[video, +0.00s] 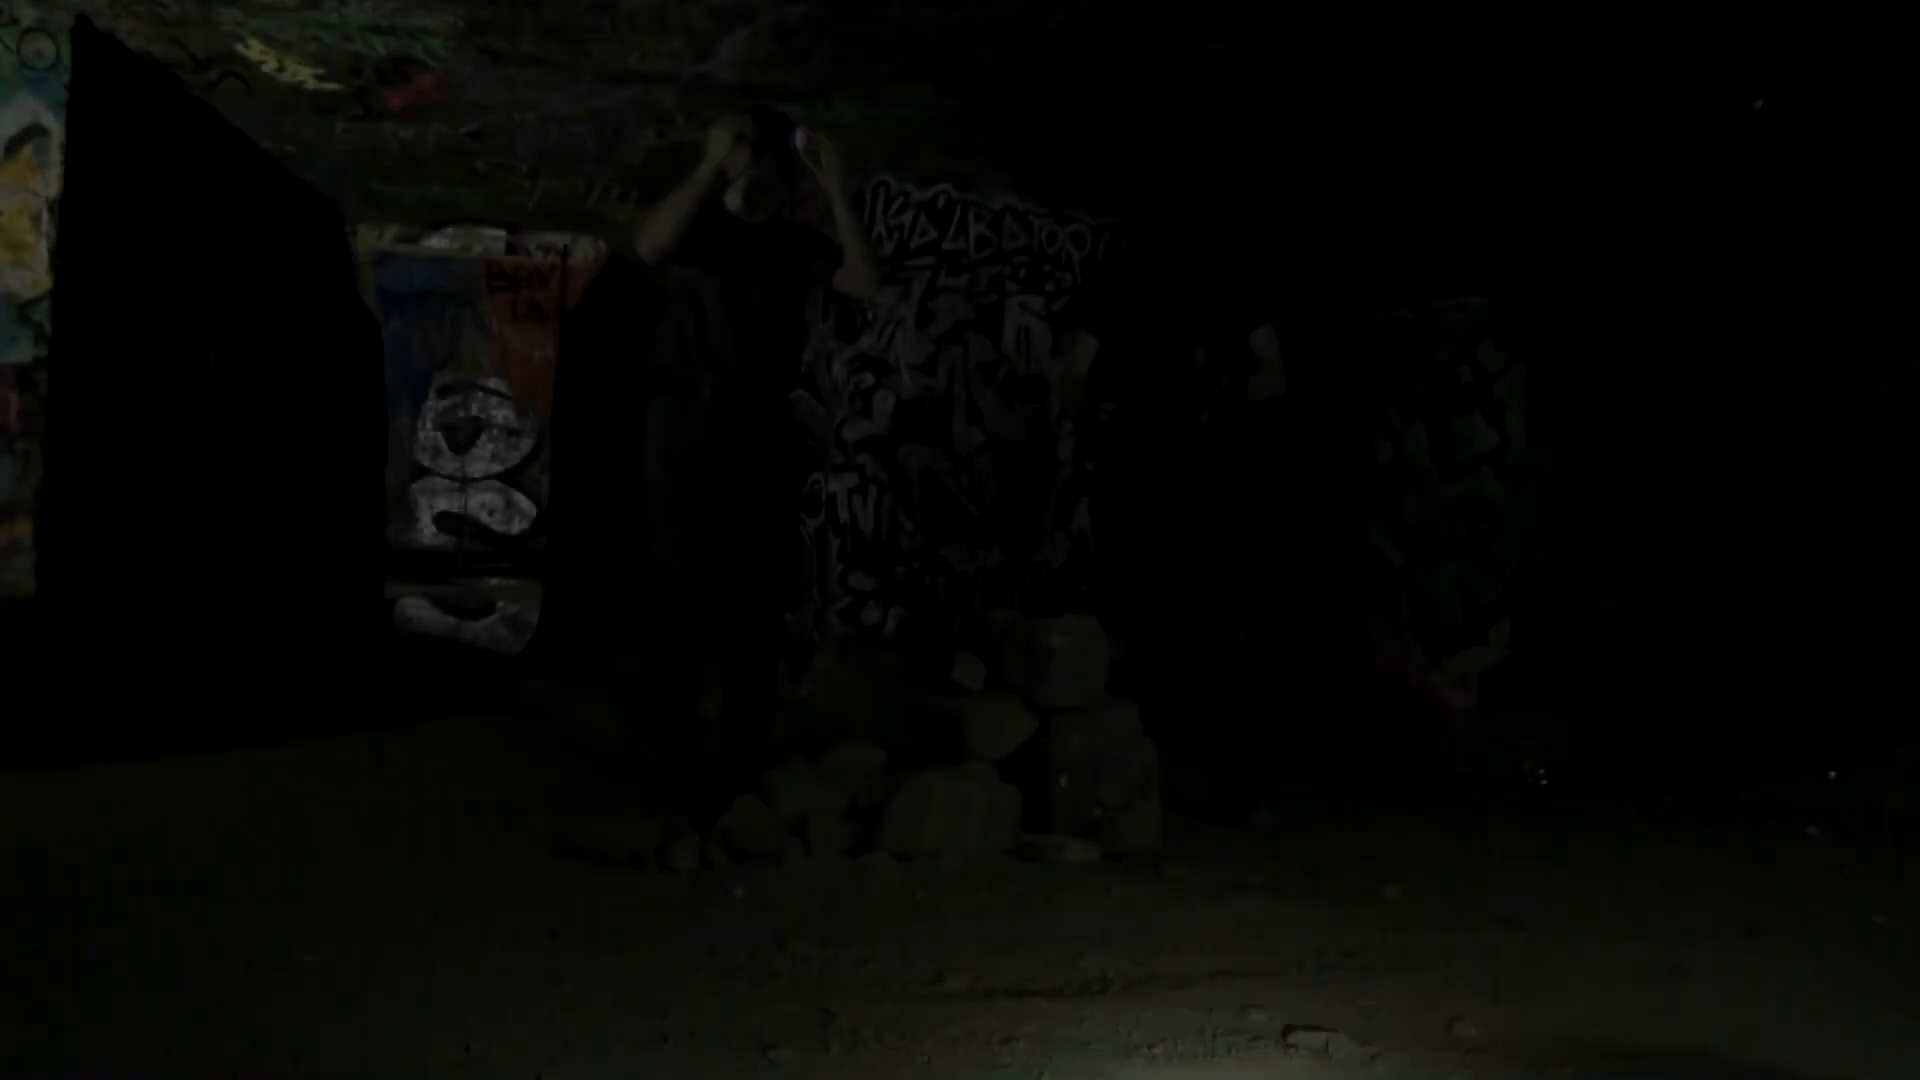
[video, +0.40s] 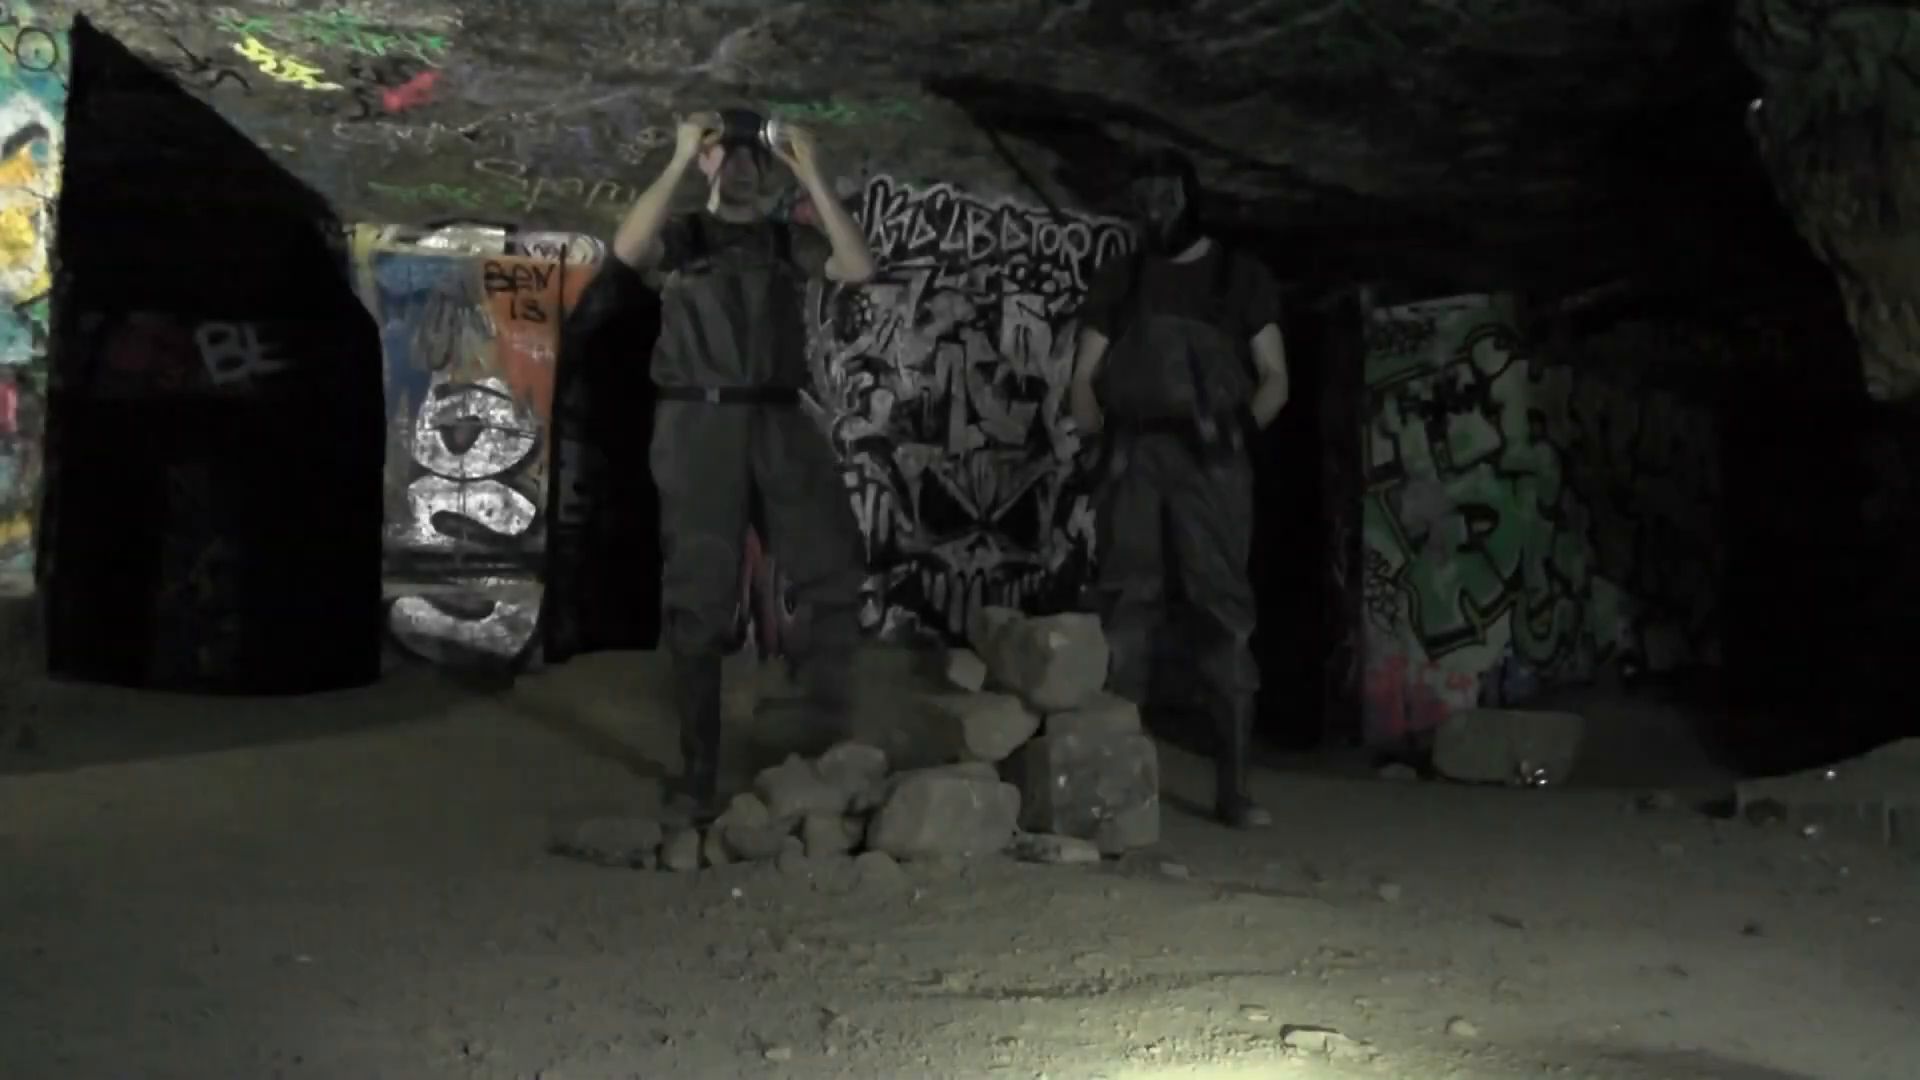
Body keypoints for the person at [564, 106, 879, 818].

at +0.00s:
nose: (748, 166)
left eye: (761, 152)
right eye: (738, 149)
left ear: (779, 167)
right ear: (720, 158)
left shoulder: (792, 237)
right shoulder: (693, 225)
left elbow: (863, 285)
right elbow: (647, 247)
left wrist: (831, 188)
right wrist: (709, 172)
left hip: (766, 432)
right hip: (681, 426)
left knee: (755, 597)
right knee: (678, 592)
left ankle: (744, 762)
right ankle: (661, 753)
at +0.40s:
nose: (737, 166)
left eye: (750, 153)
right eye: (722, 152)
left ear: (772, 166)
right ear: (702, 163)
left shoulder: (792, 236)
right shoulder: (681, 235)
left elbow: (856, 268)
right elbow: (629, 249)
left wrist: (811, 177)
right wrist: (680, 164)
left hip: (783, 429)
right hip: (697, 432)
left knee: (831, 583)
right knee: (698, 602)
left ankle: (824, 749)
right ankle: (698, 774)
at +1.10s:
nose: (849, 166)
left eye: (860, 156)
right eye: (837, 155)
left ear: (877, 170)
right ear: (812, 165)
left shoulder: (896, 232)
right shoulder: (786, 231)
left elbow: (963, 261)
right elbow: (720, 248)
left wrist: (916, 171)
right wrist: (778, 162)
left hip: (877, 438)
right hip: (787, 433)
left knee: (887, 606)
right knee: (741, 597)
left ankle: (893, 770)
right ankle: (706, 765)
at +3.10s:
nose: (829, 171)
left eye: (842, 158)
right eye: (815, 156)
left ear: (860, 164)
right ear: (790, 161)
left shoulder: (879, 228)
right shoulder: (760, 223)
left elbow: (939, 295)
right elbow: (671, 256)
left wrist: (897, 187)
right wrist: (746, 189)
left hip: (856, 438)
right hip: (768, 435)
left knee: (867, 612)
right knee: (737, 609)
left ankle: (882, 781)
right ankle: (699, 789)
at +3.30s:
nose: (861, 169)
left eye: (872, 157)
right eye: (851, 153)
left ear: (879, 162)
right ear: (818, 148)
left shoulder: (886, 228)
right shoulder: (761, 211)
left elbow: (946, 292)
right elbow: (657, 251)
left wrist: (918, 183)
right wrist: (716, 295)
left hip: (857, 438)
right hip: (769, 434)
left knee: (867, 610)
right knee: (737, 608)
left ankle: (883, 779)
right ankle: (699, 786)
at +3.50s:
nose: (860, 166)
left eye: (873, 155)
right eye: (850, 149)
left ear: (884, 161)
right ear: (819, 145)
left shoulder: (891, 230)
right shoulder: (769, 215)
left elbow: (956, 289)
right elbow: (668, 261)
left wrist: (926, 183)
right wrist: (727, 311)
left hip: (858, 439)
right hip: (769, 435)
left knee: (868, 612)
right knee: (736, 609)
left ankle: (882, 779)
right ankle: (699, 786)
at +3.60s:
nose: (856, 161)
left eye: (870, 151)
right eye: (845, 145)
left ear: (881, 160)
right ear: (816, 146)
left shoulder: (893, 230)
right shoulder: (771, 213)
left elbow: (954, 282)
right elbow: (662, 231)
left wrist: (922, 176)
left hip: (858, 437)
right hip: (769, 432)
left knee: (868, 613)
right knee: (738, 608)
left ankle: (879, 781)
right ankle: (700, 785)